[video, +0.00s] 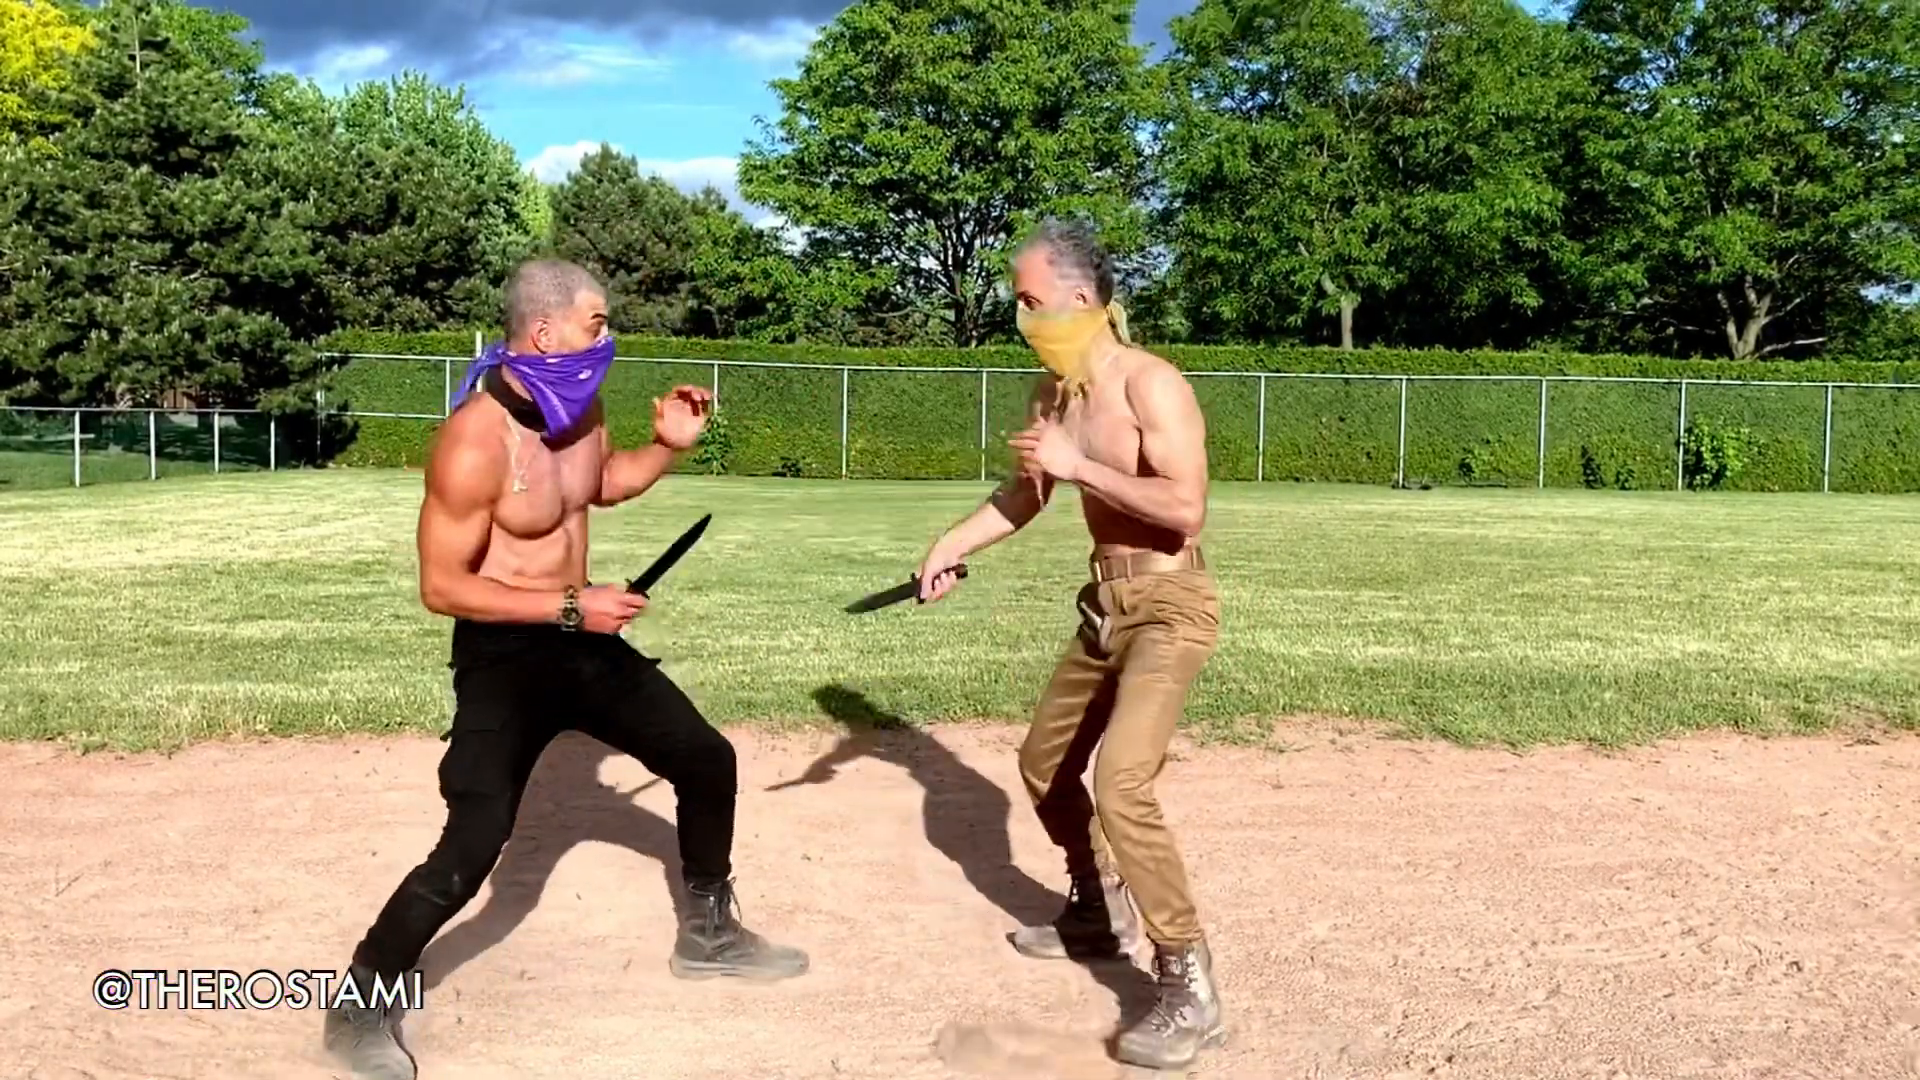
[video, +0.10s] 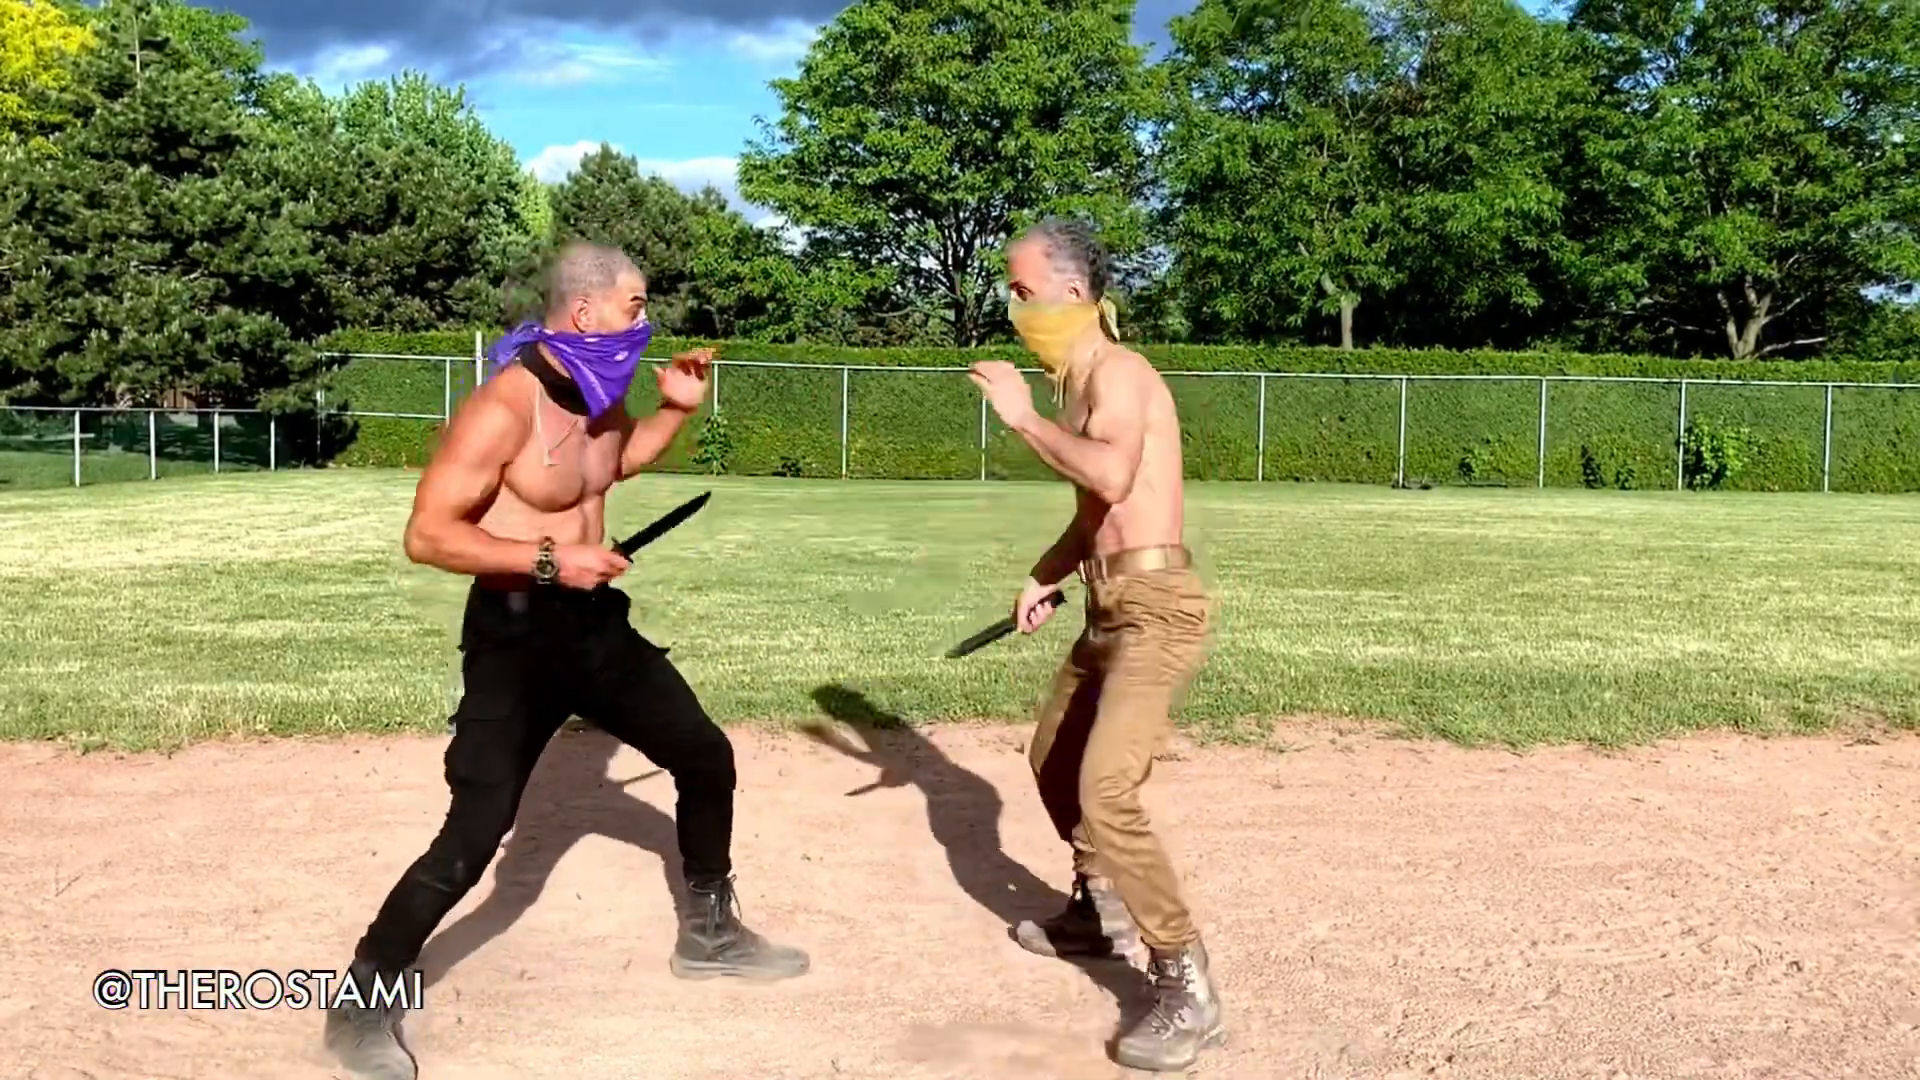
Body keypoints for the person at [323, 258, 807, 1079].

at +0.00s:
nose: (604, 343)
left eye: (604, 329)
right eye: (593, 328)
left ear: (562, 332)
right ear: (542, 333)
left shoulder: (579, 401)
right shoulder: (474, 436)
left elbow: (603, 486)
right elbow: (441, 585)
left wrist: (665, 447)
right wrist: (572, 604)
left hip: (580, 643)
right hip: (500, 656)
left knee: (707, 761)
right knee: (472, 849)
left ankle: (708, 932)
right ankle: (362, 1000)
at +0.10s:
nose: (643, 320)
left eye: (644, 307)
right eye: (633, 306)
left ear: (597, 311)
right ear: (584, 310)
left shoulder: (601, 389)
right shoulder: (504, 404)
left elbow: (619, 461)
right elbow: (426, 535)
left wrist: (677, 409)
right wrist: (549, 557)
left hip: (598, 632)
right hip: (515, 641)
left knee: (706, 757)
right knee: (472, 840)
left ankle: (708, 931)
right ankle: (363, 999)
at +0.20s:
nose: (656, 318)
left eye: (658, 302)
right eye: (647, 300)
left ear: (626, 296)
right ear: (599, 296)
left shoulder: (616, 366)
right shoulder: (521, 361)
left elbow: (694, 353)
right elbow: (485, 459)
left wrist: (718, 276)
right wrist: (605, 420)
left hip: (598, 609)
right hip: (509, 612)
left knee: (691, 759)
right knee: (455, 806)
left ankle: (710, 928)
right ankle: (366, 990)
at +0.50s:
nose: (586, 327)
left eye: (588, 315)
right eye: (578, 312)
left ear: (537, 302)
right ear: (526, 303)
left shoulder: (552, 361)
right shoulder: (453, 388)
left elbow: (602, 392)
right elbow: (497, 534)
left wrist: (678, 398)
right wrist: (601, 470)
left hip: (586, 603)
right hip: (503, 620)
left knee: (679, 757)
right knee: (461, 820)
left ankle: (687, 924)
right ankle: (366, 986)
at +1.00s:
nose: (586, 321)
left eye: (589, 306)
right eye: (575, 304)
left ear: (559, 300)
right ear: (519, 293)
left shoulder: (568, 351)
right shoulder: (432, 355)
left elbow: (664, 393)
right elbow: (385, 488)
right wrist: (509, 482)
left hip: (521, 604)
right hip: (426, 606)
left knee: (609, 755)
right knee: (414, 804)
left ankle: (635, 925)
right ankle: (353, 986)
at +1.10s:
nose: (595, 337)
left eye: (601, 323)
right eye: (585, 320)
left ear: (587, 319)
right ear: (529, 315)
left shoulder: (581, 380)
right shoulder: (444, 371)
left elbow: (638, 441)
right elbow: (352, 474)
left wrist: (712, 468)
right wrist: (463, 504)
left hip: (529, 613)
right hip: (437, 611)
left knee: (631, 758)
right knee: (407, 806)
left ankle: (639, 928)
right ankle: (338, 986)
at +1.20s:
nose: (586, 338)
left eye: (591, 323)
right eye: (578, 320)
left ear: (538, 311)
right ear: (525, 308)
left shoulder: (529, 373)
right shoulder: (459, 379)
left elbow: (553, 447)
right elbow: (394, 513)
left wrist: (624, 418)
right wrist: (508, 565)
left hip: (534, 604)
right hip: (463, 612)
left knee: (639, 751)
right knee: (443, 820)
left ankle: (643, 927)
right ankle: (343, 989)